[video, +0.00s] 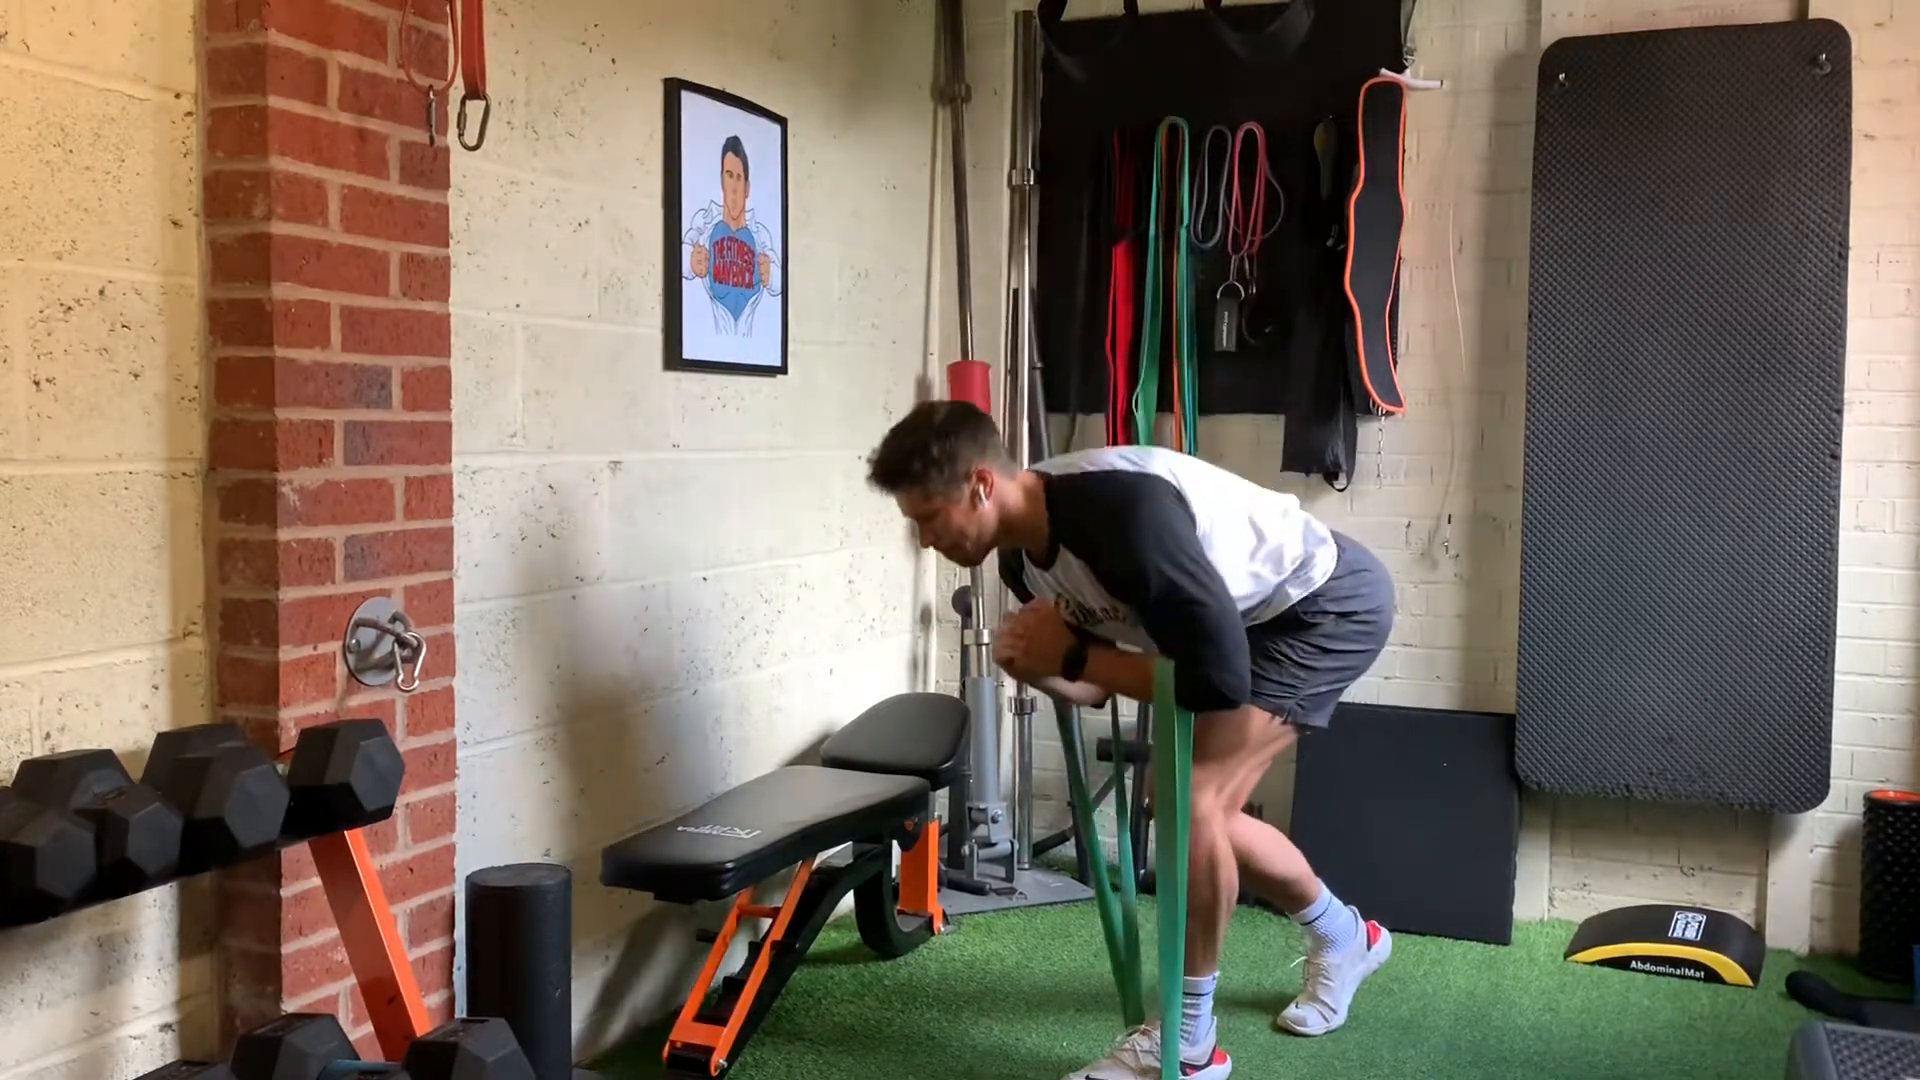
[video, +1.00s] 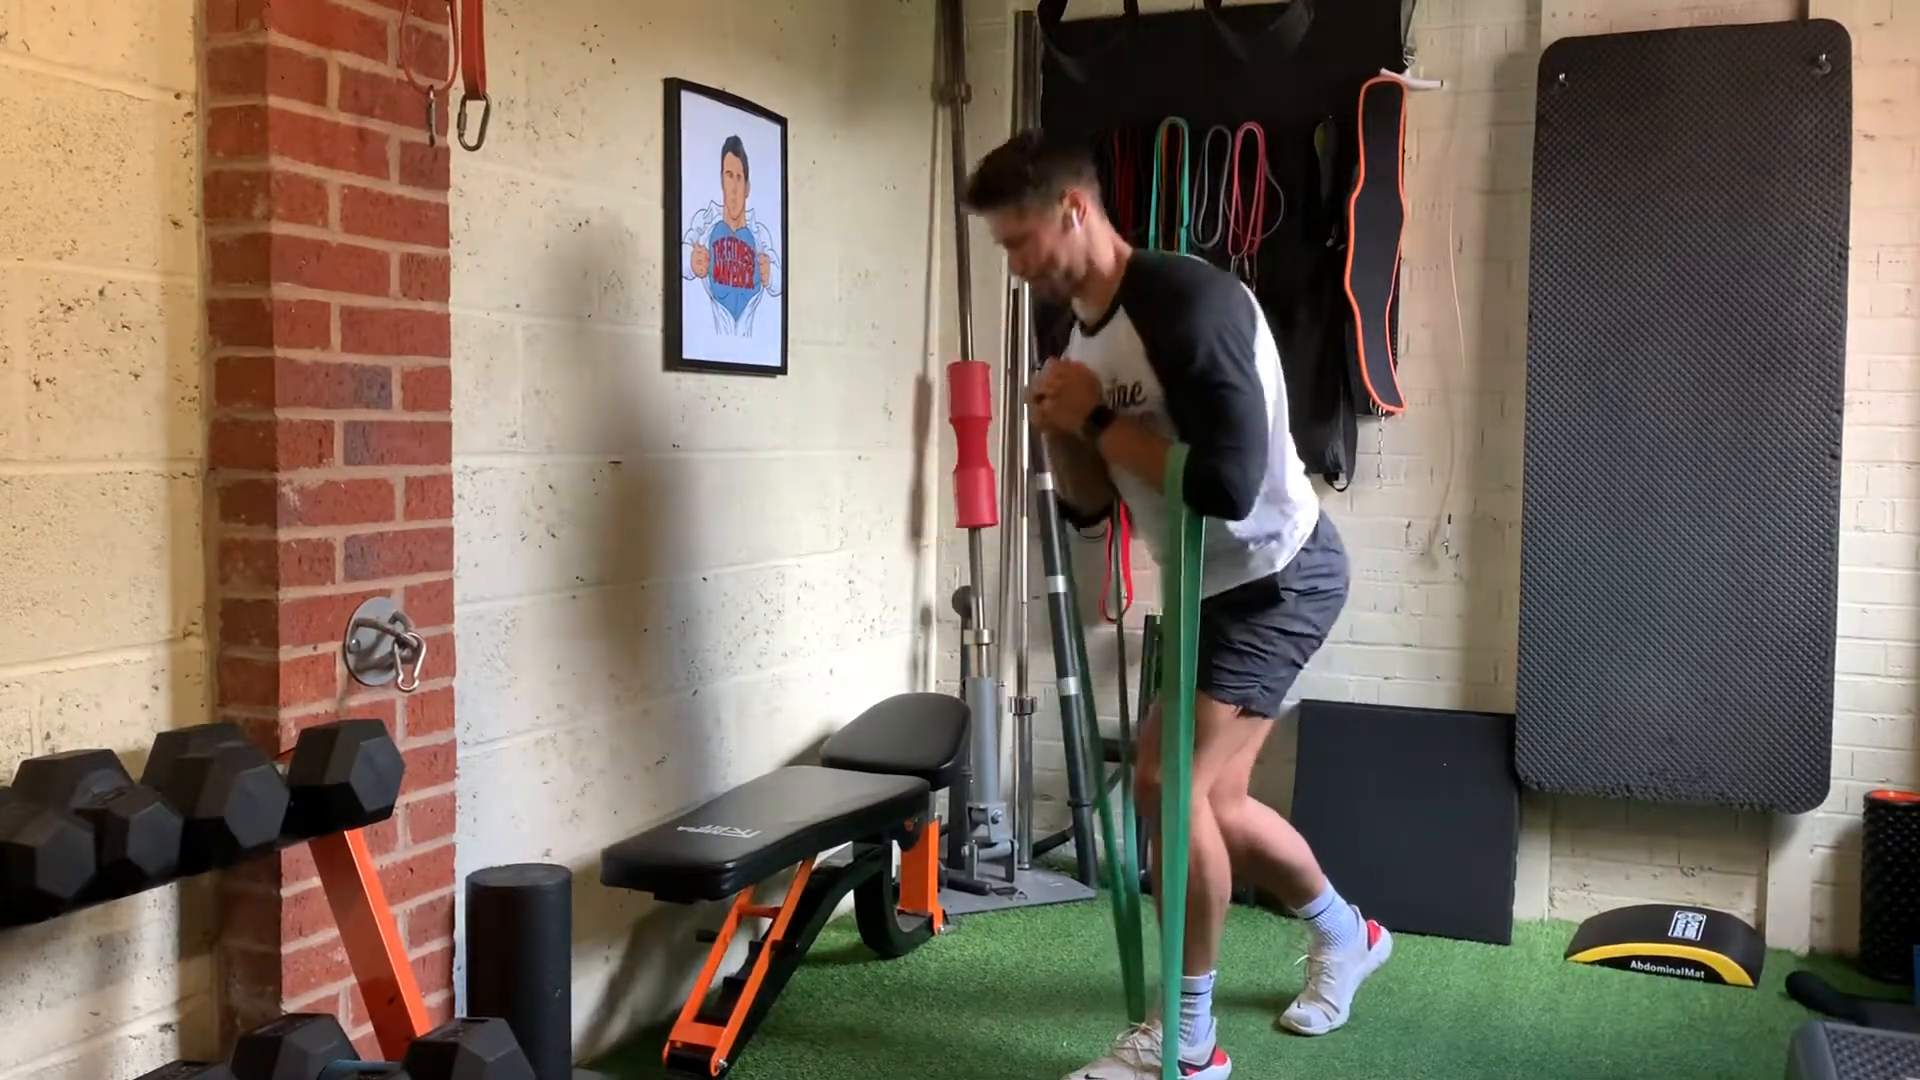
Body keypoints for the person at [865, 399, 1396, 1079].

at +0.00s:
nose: (922, 539)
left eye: (926, 518)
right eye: (913, 522)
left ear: (981, 488)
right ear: (981, 490)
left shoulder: (1128, 513)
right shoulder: (1020, 552)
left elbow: (1222, 680)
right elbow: (1099, 685)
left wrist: (1076, 657)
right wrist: (1043, 670)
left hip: (1327, 597)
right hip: (1243, 610)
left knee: (1196, 797)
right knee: (1199, 810)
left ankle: (1187, 1041)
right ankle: (1348, 938)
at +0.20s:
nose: (919, 598)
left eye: (924, 576)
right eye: (910, 581)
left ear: (979, 543)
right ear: (977, 544)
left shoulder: (1125, 562)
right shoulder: (1020, 594)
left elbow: (1222, 727)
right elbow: (1116, 700)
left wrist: (1081, 702)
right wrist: (1056, 714)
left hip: (1333, 602)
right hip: (1253, 612)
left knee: (1193, 799)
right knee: (1195, 811)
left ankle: (1186, 1040)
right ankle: (1345, 935)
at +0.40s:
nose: (922, 618)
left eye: (925, 598)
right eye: (913, 601)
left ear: (976, 565)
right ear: (975, 562)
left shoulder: (1127, 573)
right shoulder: (1021, 606)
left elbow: (1226, 737)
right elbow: (1122, 711)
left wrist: (1082, 715)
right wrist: (1062, 724)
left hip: (1337, 604)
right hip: (1258, 613)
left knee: (1197, 805)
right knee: (1179, 803)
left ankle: (1186, 1043)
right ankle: (1347, 936)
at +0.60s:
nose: (933, 501)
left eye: (937, 479)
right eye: (924, 484)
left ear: (991, 449)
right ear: (990, 451)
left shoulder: (1133, 486)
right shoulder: (1030, 517)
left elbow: (1216, 652)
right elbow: (1098, 660)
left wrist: (1074, 622)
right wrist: (1043, 635)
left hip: (1325, 597)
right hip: (1252, 606)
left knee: (1195, 802)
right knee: (1203, 822)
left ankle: (1186, 1039)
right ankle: (1350, 936)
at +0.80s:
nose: (962, 374)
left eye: (969, 351)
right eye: (954, 357)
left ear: (1026, 321)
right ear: (1018, 328)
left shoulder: (1155, 385)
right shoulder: (1040, 430)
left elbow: (1217, 563)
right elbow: (1096, 588)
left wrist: (1084, 520)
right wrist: (1041, 527)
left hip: (1308, 582)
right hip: (1224, 597)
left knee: (1177, 784)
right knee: (1219, 823)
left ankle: (1186, 1035)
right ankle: (1351, 936)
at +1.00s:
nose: (1016, 267)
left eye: (1022, 242)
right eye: (1004, 249)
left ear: (1080, 212)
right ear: (1060, 223)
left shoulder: (1194, 304)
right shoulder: (1070, 322)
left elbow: (1230, 491)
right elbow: (1090, 507)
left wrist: (1101, 426)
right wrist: (1062, 428)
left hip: (1281, 570)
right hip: (1208, 573)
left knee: (1165, 779)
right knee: (1217, 804)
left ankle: (1187, 1036)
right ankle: (1348, 932)